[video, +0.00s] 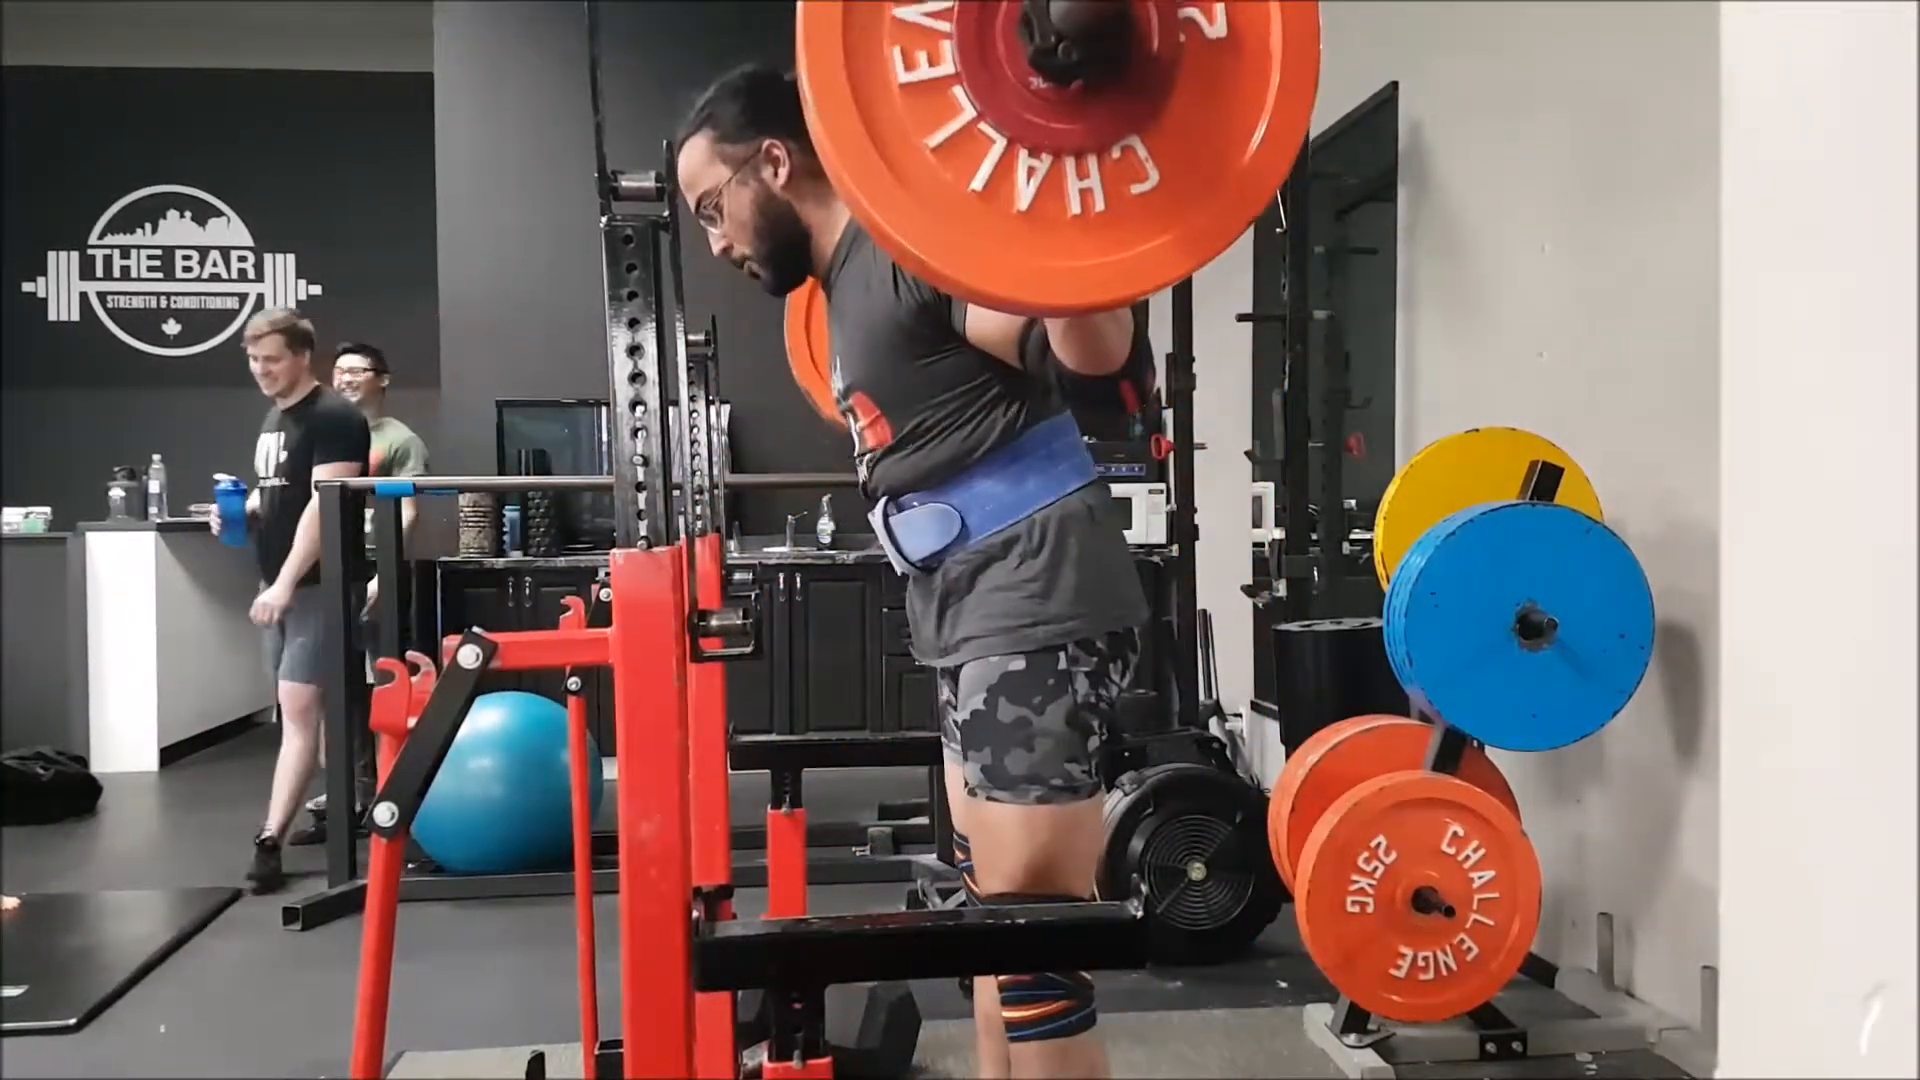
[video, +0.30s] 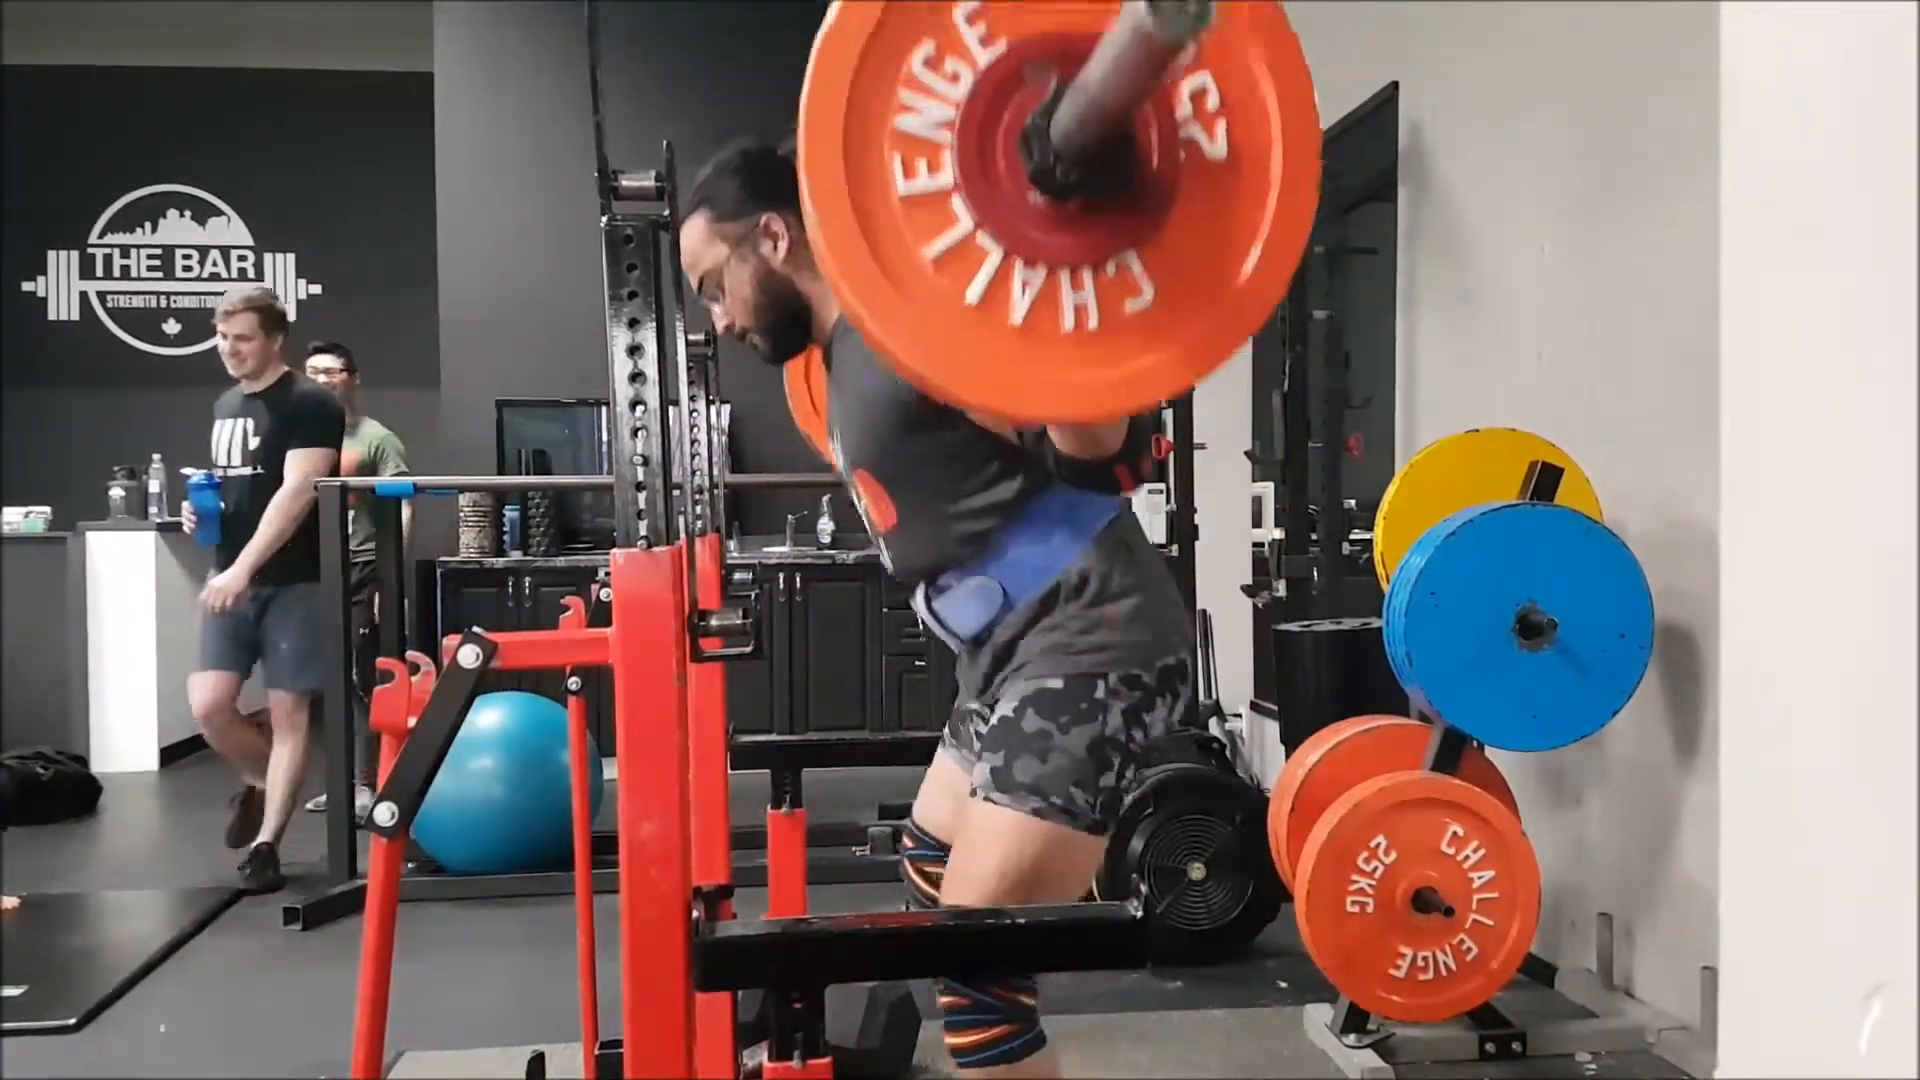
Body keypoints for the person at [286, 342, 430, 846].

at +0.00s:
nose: (345, 378)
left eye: (356, 371)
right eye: (340, 370)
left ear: (382, 381)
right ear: (332, 378)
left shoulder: (400, 439)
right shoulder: (328, 433)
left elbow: (408, 512)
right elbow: (315, 504)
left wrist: (384, 576)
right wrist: (316, 561)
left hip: (376, 576)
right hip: (334, 574)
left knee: (382, 681)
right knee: (333, 686)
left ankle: (386, 790)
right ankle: (335, 792)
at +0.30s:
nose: (323, 380)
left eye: (333, 372)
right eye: (316, 373)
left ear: (353, 379)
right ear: (306, 380)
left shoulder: (378, 440)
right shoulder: (302, 439)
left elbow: (404, 505)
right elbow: (292, 503)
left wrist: (389, 575)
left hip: (366, 572)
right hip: (319, 572)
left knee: (363, 675)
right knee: (326, 678)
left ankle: (366, 782)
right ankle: (339, 781)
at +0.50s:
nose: (317, 386)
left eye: (326, 376)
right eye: (309, 377)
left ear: (346, 381)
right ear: (299, 382)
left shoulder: (373, 441)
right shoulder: (298, 441)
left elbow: (400, 508)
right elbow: (293, 503)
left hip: (366, 573)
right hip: (321, 572)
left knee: (365, 681)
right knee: (332, 682)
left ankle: (368, 787)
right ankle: (340, 786)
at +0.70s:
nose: (311, 398)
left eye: (320, 388)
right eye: (302, 389)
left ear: (339, 388)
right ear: (290, 389)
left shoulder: (370, 441)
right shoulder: (284, 439)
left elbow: (395, 509)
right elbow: (272, 500)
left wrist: (351, 487)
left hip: (355, 567)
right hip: (303, 568)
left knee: (349, 670)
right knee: (309, 669)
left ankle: (358, 777)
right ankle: (326, 762)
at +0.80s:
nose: (303, 401)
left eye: (313, 391)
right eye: (294, 391)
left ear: (334, 388)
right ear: (282, 389)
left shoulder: (363, 440)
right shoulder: (277, 437)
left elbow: (379, 522)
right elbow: (262, 507)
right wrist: (260, 571)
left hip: (341, 579)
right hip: (289, 577)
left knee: (342, 690)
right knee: (296, 684)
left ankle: (351, 797)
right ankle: (310, 767)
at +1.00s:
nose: (283, 401)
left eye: (292, 391)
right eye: (273, 391)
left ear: (310, 389)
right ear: (257, 390)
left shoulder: (339, 440)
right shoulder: (244, 439)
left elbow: (360, 517)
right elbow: (224, 510)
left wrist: (330, 582)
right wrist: (234, 579)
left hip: (316, 582)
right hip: (256, 584)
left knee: (334, 700)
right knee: (234, 708)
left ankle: (348, 801)